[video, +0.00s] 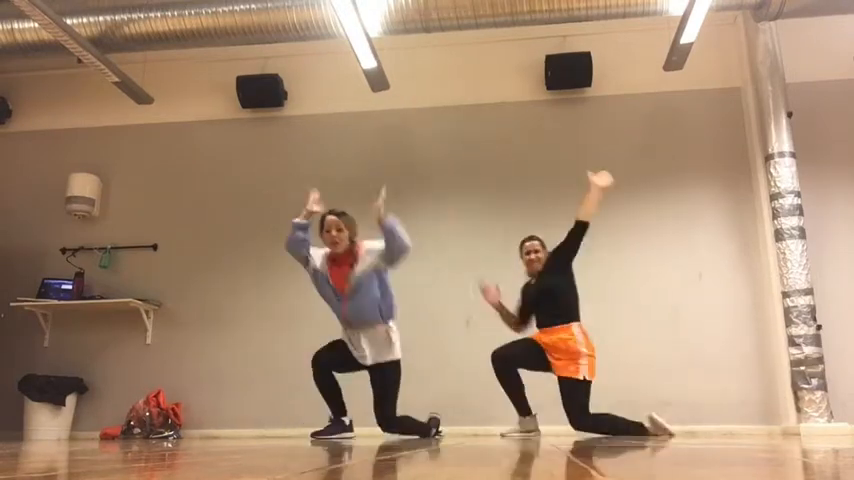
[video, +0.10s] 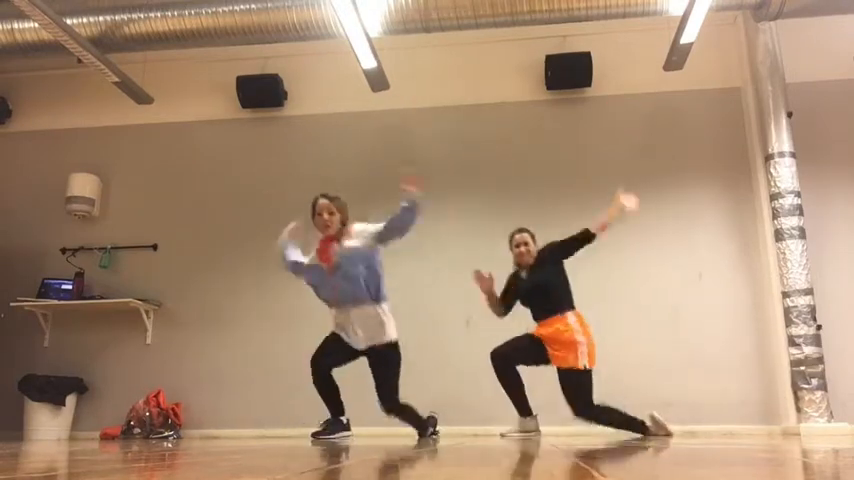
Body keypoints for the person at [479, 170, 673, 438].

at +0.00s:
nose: (533, 254)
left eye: (537, 250)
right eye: (527, 252)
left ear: (546, 254)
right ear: (523, 261)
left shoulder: (558, 262)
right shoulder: (529, 290)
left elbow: (580, 227)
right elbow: (519, 325)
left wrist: (595, 189)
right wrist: (499, 306)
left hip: (573, 347)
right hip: (547, 347)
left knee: (579, 420)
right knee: (501, 357)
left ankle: (648, 431)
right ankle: (527, 422)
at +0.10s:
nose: (522, 248)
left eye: (526, 243)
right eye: (517, 246)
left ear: (534, 246)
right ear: (511, 253)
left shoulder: (550, 254)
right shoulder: (516, 280)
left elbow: (586, 236)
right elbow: (501, 310)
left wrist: (615, 210)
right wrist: (489, 293)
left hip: (571, 336)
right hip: (546, 339)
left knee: (583, 408)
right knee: (501, 356)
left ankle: (648, 429)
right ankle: (527, 421)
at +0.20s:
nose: (513, 233)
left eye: (516, 227)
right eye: (507, 229)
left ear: (526, 228)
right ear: (503, 236)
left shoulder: (544, 241)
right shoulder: (513, 263)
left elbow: (584, 250)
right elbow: (518, 301)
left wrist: (622, 245)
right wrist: (509, 286)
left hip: (568, 316)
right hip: (542, 321)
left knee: (587, 386)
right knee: (506, 354)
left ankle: (647, 423)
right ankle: (527, 421)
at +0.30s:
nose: (511, 220)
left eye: (515, 215)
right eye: (505, 217)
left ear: (525, 215)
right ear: (501, 224)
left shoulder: (542, 230)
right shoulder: (508, 252)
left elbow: (581, 247)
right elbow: (512, 292)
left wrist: (570, 258)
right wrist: (517, 270)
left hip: (570, 300)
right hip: (543, 306)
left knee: (573, 360)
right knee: (516, 351)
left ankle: (625, 392)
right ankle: (526, 420)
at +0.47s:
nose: (509, 219)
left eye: (513, 213)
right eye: (505, 217)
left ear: (528, 211)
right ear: (504, 223)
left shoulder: (554, 230)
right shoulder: (509, 248)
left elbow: (589, 249)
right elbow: (518, 272)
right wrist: (540, 275)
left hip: (574, 296)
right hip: (547, 305)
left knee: (563, 354)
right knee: (515, 352)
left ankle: (603, 417)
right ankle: (542, 413)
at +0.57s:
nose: (513, 228)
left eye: (514, 220)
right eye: (508, 223)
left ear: (527, 214)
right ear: (507, 224)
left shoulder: (560, 230)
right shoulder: (514, 246)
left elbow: (584, 262)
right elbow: (517, 287)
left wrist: (591, 263)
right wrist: (518, 270)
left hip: (571, 297)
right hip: (543, 305)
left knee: (573, 346)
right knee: (516, 357)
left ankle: (599, 415)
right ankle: (544, 418)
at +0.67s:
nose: (522, 236)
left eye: (523, 230)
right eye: (517, 233)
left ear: (531, 216)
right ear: (514, 229)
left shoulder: (553, 225)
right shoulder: (523, 239)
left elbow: (553, 264)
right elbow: (517, 272)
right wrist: (494, 297)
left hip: (567, 300)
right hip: (536, 304)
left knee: (594, 342)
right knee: (530, 363)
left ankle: (588, 416)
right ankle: (536, 419)